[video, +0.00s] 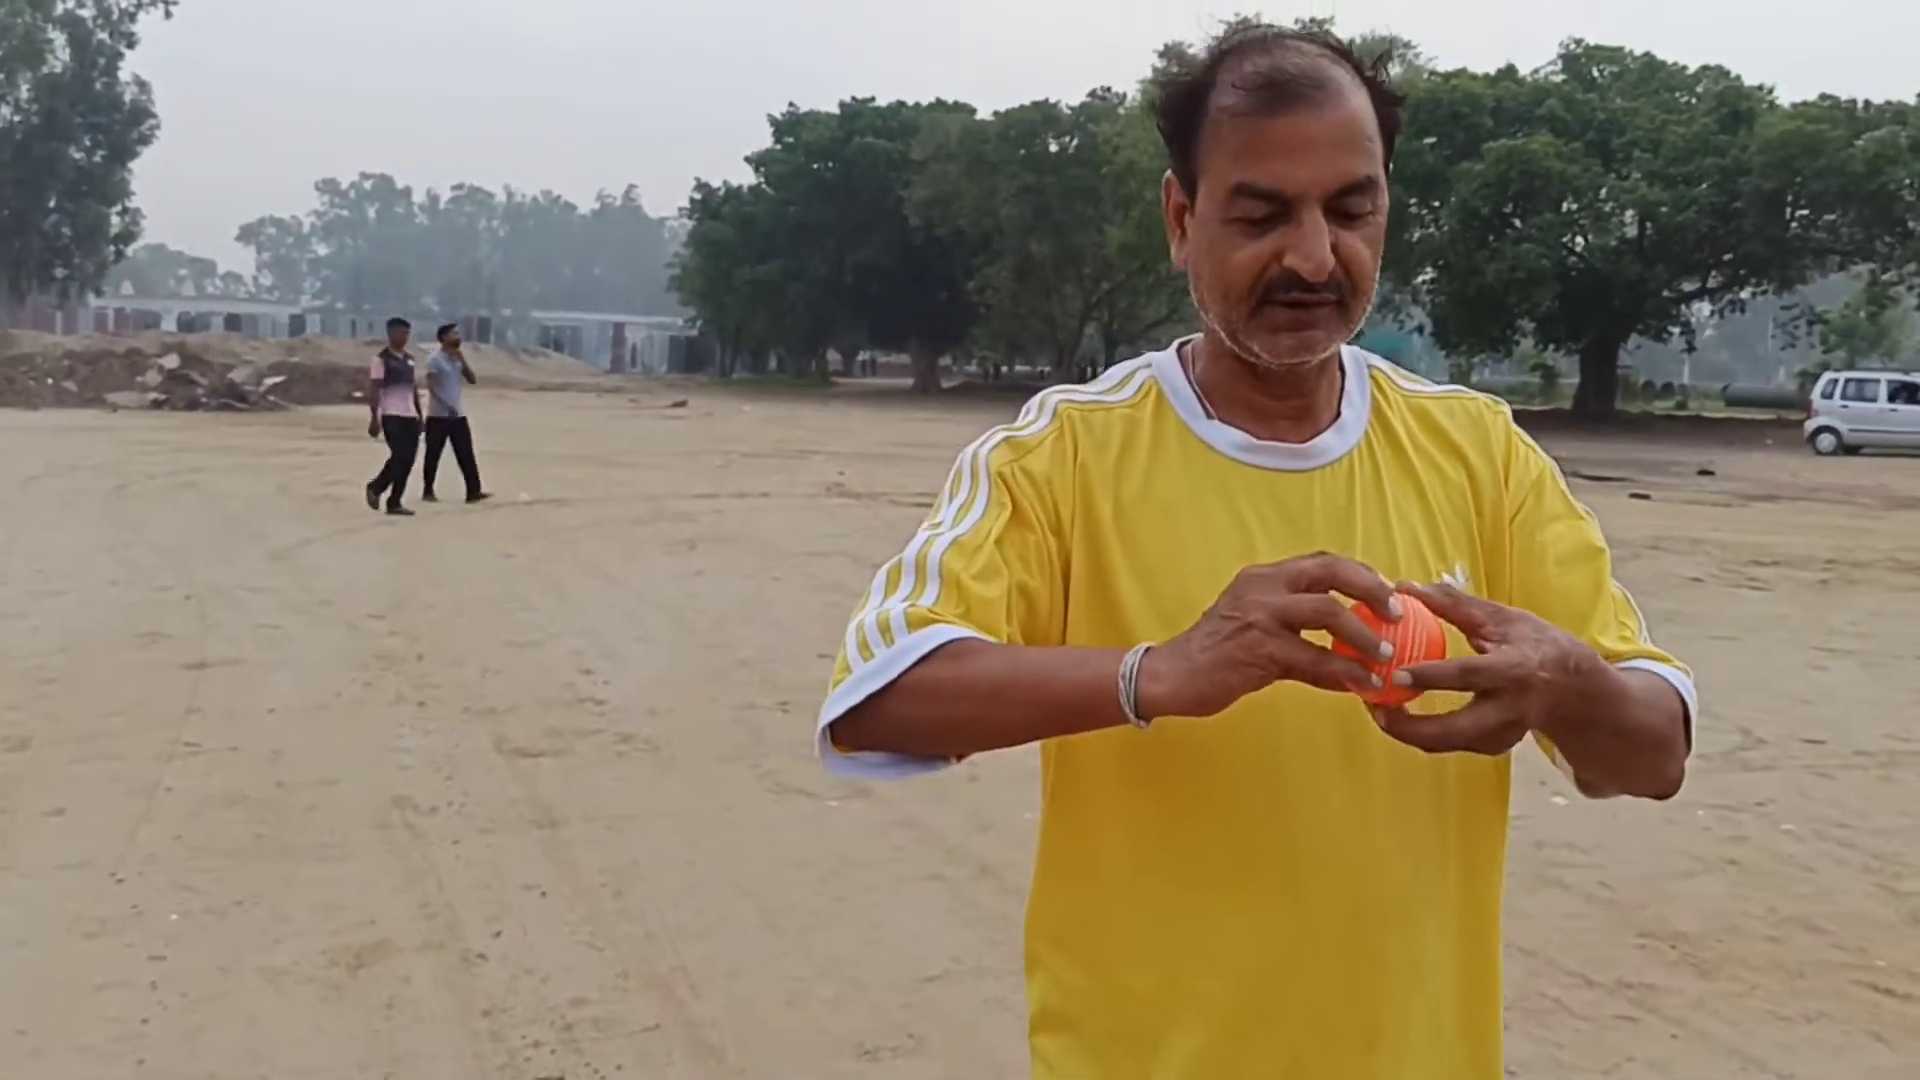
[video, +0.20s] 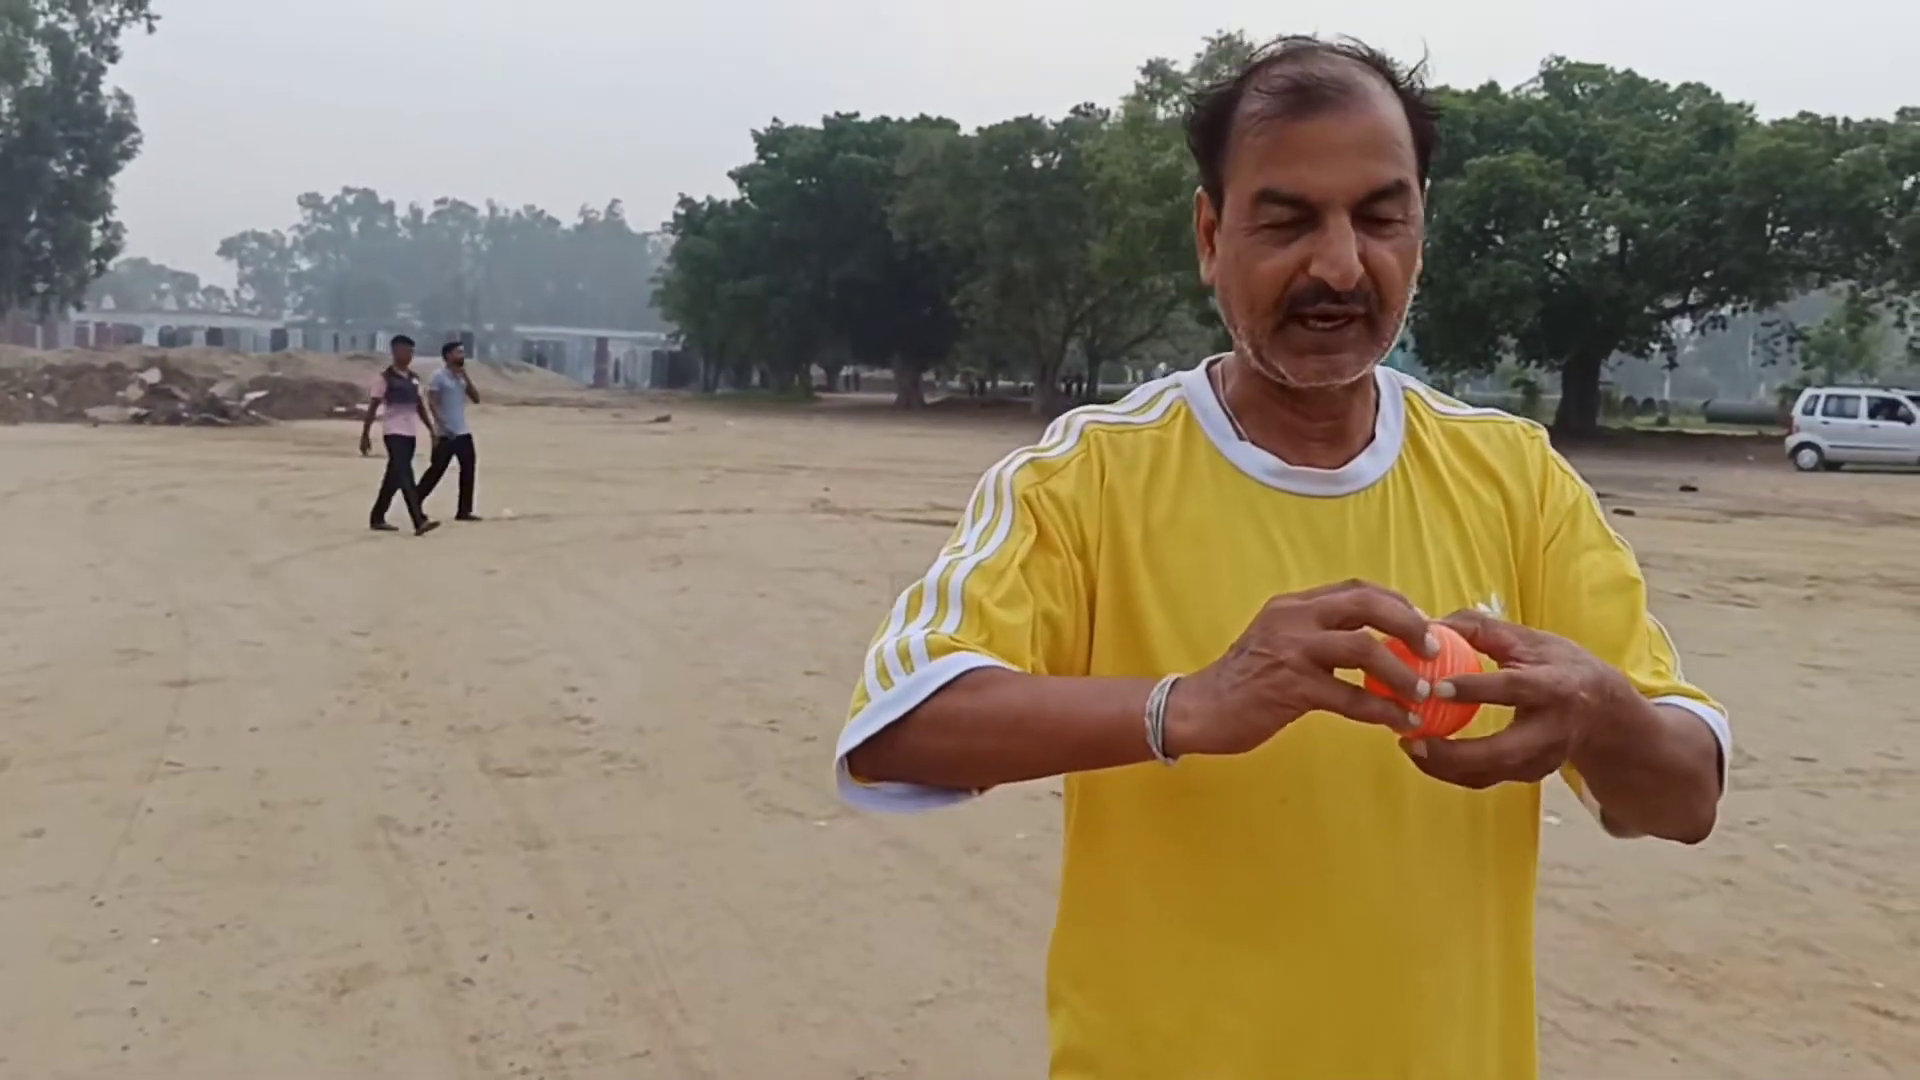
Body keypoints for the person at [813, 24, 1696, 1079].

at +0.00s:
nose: (1313, 255)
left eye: (1348, 207)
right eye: (1262, 210)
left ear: (1386, 211)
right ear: (1180, 219)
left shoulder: (1481, 453)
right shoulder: (1064, 457)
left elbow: (1656, 762)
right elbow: (877, 699)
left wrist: (1566, 686)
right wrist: (1152, 674)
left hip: (1422, 1040)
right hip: (1134, 1040)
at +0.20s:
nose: (1339, 264)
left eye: (1379, 215)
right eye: (1288, 218)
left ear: (1420, 231)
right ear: (1210, 238)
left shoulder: (1520, 484)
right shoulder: (1087, 476)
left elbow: (1688, 805)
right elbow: (899, 726)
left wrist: (1598, 715)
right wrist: (1177, 709)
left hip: (1452, 1048)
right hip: (1153, 1048)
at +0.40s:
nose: (1349, 252)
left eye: (1387, 205)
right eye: (1291, 213)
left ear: (1437, 237)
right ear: (1220, 257)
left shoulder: (1547, 503)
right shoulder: (1094, 501)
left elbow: (1721, 844)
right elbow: (901, 757)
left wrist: (1630, 741)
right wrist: (1197, 738)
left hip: (1480, 1055)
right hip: (1163, 1055)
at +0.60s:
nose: (1323, 269)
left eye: (1362, 222)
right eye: (1265, 231)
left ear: (1416, 250)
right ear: (1198, 274)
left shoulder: (1535, 516)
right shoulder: (1078, 522)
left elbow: (1723, 860)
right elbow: (881, 796)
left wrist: (1610, 743)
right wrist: (1188, 749)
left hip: (1474, 1052)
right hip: (1153, 1054)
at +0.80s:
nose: (1262, 281)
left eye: (1302, 233)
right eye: (1204, 245)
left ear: (1360, 266)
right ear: (1146, 295)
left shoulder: (1485, 533)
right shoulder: (1031, 542)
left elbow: (1685, 870)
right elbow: (822, 819)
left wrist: (1535, 743)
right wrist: (1121, 772)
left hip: (1427, 1050)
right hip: (1110, 1048)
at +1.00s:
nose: (1201, 291)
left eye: (1240, 242)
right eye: (1144, 255)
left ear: (1299, 276)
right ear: (1085, 304)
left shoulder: (1417, 543)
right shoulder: (970, 554)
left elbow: (1620, 865)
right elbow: (764, 829)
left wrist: (1461, 755)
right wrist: (1062, 788)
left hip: (1364, 1052)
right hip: (1054, 1052)